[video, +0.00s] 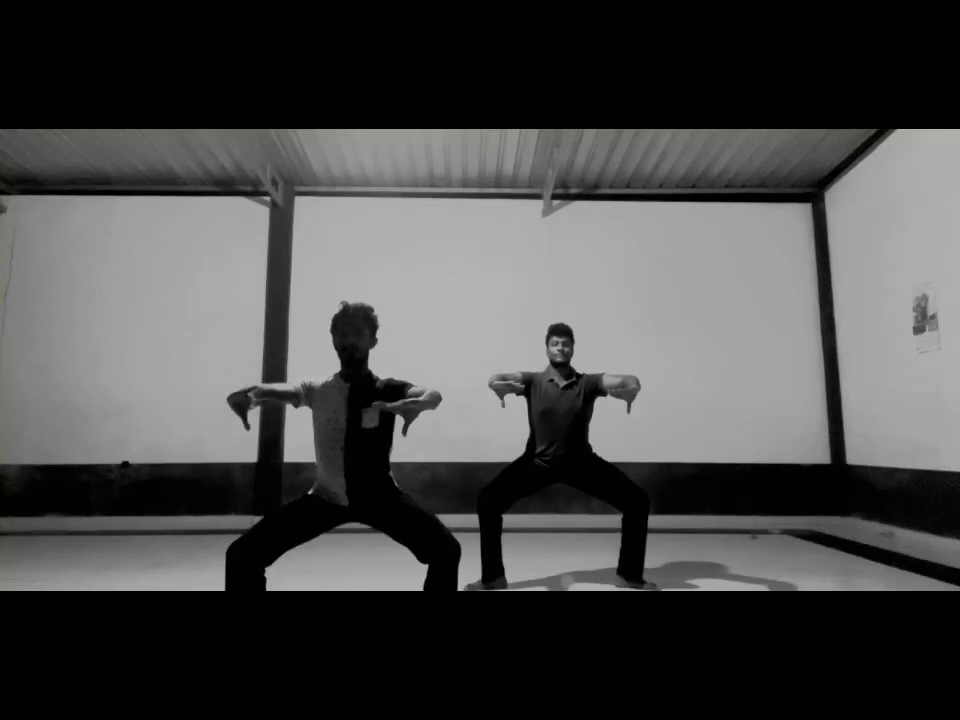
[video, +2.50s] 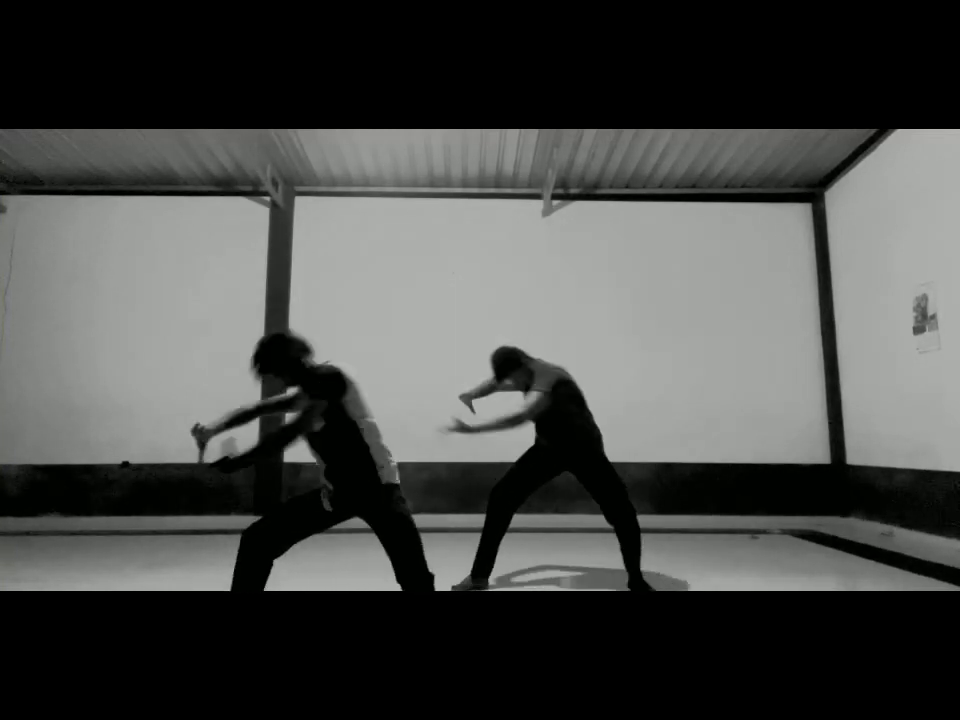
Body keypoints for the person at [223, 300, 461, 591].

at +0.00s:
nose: (348, 343)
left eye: (357, 334)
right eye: (341, 335)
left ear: (373, 339)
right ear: (332, 340)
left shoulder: (389, 390)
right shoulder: (317, 392)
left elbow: (433, 396)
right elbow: (271, 392)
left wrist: (414, 404)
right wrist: (244, 395)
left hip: (379, 499)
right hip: (327, 499)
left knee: (446, 551)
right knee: (242, 556)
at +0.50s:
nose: (406, 333)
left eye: (407, 327)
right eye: (399, 327)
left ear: (404, 340)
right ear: (377, 333)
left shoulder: (414, 386)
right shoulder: (359, 373)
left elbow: (466, 396)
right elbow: (364, 347)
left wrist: (512, 405)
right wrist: (421, 339)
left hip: (390, 490)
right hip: (344, 489)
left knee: (459, 544)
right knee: (285, 571)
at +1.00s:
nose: (409, 361)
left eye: (413, 354)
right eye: (407, 352)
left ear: (401, 350)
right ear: (387, 345)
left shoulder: (388, 385)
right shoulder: (350, 375)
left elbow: (413, 390)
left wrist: (456, 394)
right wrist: (428, 447)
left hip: (362, 490)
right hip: (320, 491)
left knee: (436, 538)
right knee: (269, 571)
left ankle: (441, 599)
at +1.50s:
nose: (385, 322)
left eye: (393, 315)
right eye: (377, 315)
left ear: (408, 322)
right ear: (368, 323)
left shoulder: (424, 373)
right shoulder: (355, 373)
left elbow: (467, 379)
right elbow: (293, 364)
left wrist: (476, 397)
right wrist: (264, 372)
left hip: (412, 485)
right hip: (360, 484)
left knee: (463, 554)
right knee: (285, 543)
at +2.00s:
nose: (330, 335)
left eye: (338, 328)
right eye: (330, 328)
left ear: (357, 334)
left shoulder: (367, 375)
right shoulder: (320, 384)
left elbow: (328, 350)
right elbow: (272, 380)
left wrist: (290, 326)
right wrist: (234, 399)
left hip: (372, 497)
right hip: (328, 496)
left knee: (420, 579)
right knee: (246, 542)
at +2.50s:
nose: (274, 381)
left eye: (273, 373)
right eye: (270, 375)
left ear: (285, 366)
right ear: (294, 360)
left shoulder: (331, 381)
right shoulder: (307, 392)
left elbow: (285, 436)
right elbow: (259, 408)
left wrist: (238, 462)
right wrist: (212, 430)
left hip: (378, 492)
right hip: (339, 492)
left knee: (415, 578)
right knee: (258, 542)